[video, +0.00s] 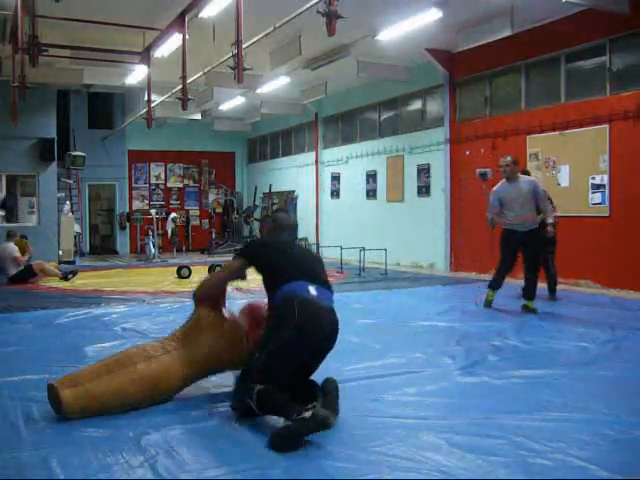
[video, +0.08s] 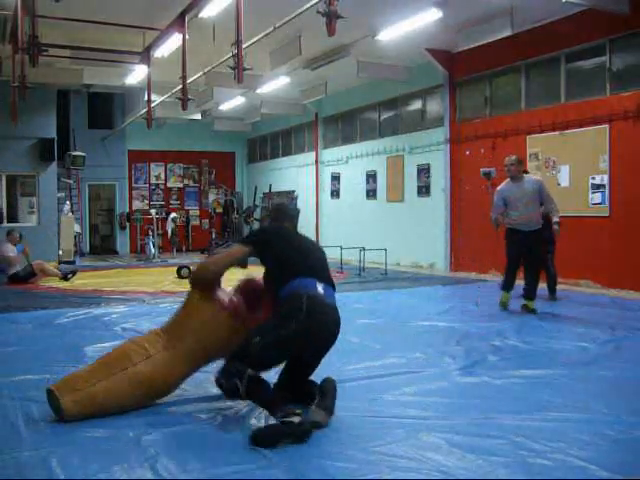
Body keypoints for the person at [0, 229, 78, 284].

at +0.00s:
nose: (18, 239)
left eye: (18, 237)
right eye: (18, 237)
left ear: (8, 237)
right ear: (15, 237)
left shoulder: (5, 246)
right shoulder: (11, 246)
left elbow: (19, 261)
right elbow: (21, 261)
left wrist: (27, 254)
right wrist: (28, 253)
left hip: (12, 276)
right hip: (14, 276)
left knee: (41, 267)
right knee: (39, 265)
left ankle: (63, 274)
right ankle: (62, 275)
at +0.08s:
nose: (17, 239)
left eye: (18, 237)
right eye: (15, 237)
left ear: (16, 238)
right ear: (9, 237)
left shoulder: (12, 247)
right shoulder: (7, 247)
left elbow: (16, 261)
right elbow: (12, 262)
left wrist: (25, 254)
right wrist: (22, 254)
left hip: (19, 274)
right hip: (14, 276)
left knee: (41, 265)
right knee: (39, 265)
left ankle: (63, 274)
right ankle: (62, 276)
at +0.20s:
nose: (16, 240)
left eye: (16, 238)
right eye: (14, 238)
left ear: (16, 239)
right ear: (8, 238)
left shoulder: (16, 246)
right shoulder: (4, 247)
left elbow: (25, 260)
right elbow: (4, 260)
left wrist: (28, 253)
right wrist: (16, 255)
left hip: (21, 272)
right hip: (13, 275)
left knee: (43, 268)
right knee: (38, 264)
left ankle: (63, 274)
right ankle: (61, 276)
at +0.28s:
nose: (17, 239)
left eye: (17, 237)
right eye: (14, 237)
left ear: (16, 238)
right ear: (8, 237)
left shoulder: (16, 246)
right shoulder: (5, 246)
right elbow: (2, 258)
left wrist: (28, 255)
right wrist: (8, 254)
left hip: (20, 273)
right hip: (12, 275)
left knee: (43, 267)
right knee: (38, 264)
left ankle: (63, 273)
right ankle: (61, 276)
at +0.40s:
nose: (16, 240)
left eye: (17, 238)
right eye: (14, 238)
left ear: (17, 238)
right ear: (8, 238)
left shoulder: (17, 247)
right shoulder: (4, 246)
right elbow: (2, 257)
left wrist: (27, 255)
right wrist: (9, 248)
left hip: (21, 272)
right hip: (13, 275)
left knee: (41, 265)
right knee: (38, 264)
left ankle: (62, 273)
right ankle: (61, 276)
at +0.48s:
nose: (15, 238)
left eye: (15, 236)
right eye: (13, 236)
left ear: (13, 236)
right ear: (8, 237)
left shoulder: (16, 245)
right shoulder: (5, 246)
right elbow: (2, 258)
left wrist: (27, 254)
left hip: (21, 272)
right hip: (13, 275)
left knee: (41, 265)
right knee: (38, 265)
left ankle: (62, 273)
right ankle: (61, 276)